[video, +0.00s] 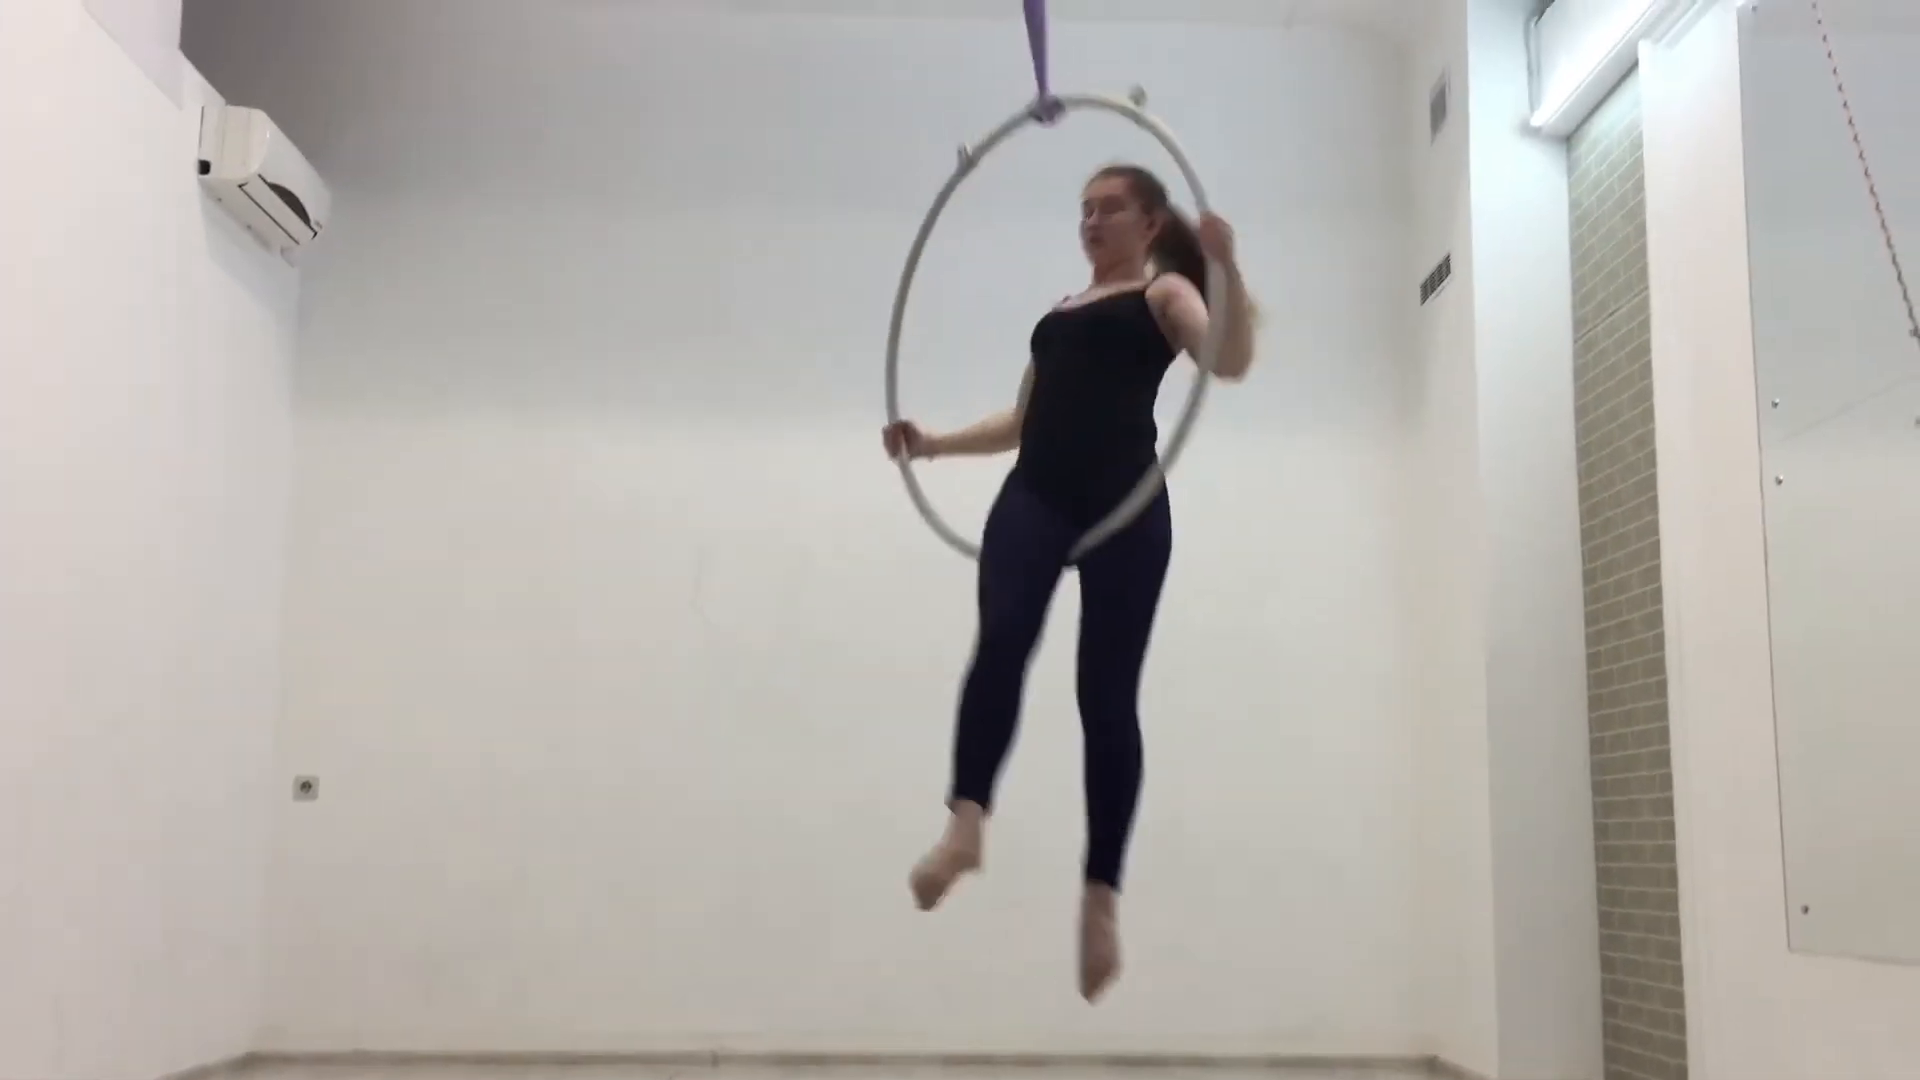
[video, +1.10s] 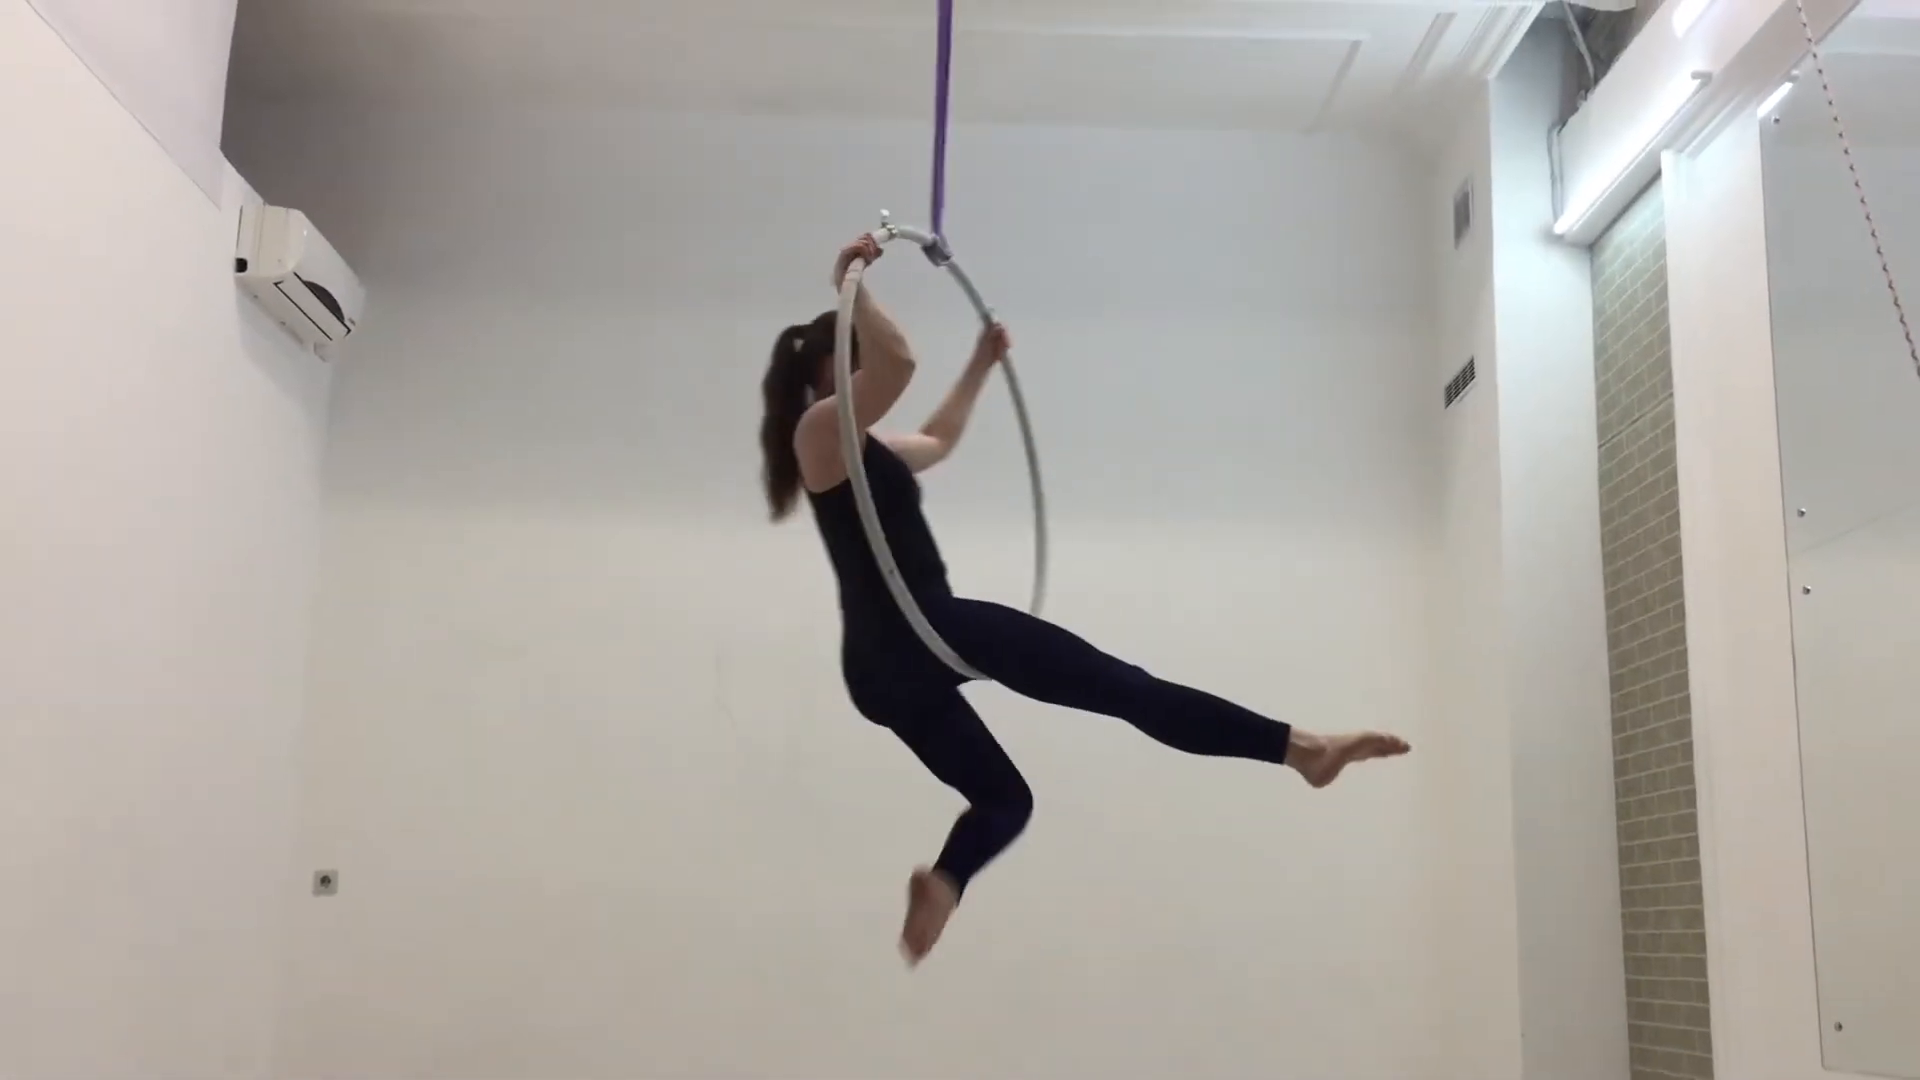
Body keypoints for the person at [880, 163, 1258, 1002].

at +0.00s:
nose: (1091, 220)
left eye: (1108, 207)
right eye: (1086, 209)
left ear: (1151, 223)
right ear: (1081, 225)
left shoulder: (1164, 292)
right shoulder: (1064, 316)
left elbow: (1228, 360)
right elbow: (1020, 426)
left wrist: (1226, 268)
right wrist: (932, 442)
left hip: (1125, 507)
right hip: (1034, 499)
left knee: (1107, 701)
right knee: (997, 650)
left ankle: (1101, 895)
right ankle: (964, 823)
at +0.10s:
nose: (1079, 258)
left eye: (1094, 246)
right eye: (1069, 247)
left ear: (1125, 256)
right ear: (1054, 259)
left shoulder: (1147, 330)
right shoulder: (1035, 349)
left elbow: (1234, 397)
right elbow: (996, 456)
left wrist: (1242, 308)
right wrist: (906, 472)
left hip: (1132, 541)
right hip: (1038, 539)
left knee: (1126, 733)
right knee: (1036, 685)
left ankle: (1129, 935)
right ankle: (1037, 844)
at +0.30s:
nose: (1056, 274)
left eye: (1069, 261)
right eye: (1041, 261)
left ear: (1087, 265)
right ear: (1014, 265)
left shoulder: (1112, 343)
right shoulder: (982, 352)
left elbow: (1200, 417)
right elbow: (894, 419)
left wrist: (1252, 348)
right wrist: (830, 369)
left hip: (1126, 554)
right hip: (1034, 554)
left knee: (1121, 742)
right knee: (1086, 685)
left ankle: (1125, 941)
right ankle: (1148, 836)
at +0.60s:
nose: (1021, 323)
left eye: (1026, 313)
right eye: (1004, 313)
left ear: (1029, 322)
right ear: (961, 322)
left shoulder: (1052, 404)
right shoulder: (936, 396)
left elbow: (1138, 421)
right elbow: (831, 374)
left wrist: (1151, 336)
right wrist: (825, 294)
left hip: (1072, 607)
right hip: (997, 599)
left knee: (1068, 812)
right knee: (1119, 686)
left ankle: (1069, 993)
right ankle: (1262, 824)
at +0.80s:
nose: (970, 347)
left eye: (973, 334)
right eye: (951, 337)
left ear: (977, 342)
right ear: (906, 354)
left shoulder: (990, 420)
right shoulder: (907, 424)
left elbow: (1065, 411)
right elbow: (860, 367)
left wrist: (1086, 326)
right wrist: (845, 283)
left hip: (1013, 621)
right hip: (973, 614)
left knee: (1003, 824)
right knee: (1140, 693)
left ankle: (972, 1006)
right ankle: (1306, 791)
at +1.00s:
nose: (919, 361)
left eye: (916, 348)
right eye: (906, 354)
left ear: (890, 373)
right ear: (865, 372)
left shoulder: (906, 450)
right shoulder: (848, 442)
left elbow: (976, 453)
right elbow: (893, 360)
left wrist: (1016, 372)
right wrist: (869, 281)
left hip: (916, 660)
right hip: (955, 628)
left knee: (1005, 833)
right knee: (1141, 696)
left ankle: (915, 969)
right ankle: (1316, 765)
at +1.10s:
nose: (879, 368)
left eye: (873, 358)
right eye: (866, 360)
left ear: (829, 376)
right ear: (831, 369)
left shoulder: (869, 450)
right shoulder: (819, 431)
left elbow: (939, 438)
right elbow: (890, 362)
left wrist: (978, 365)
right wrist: (853, 287)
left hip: (879, 665)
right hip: (930, 627)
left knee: (1006, 801)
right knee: (1121, 688)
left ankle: (942, 882)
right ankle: (1303, 750)